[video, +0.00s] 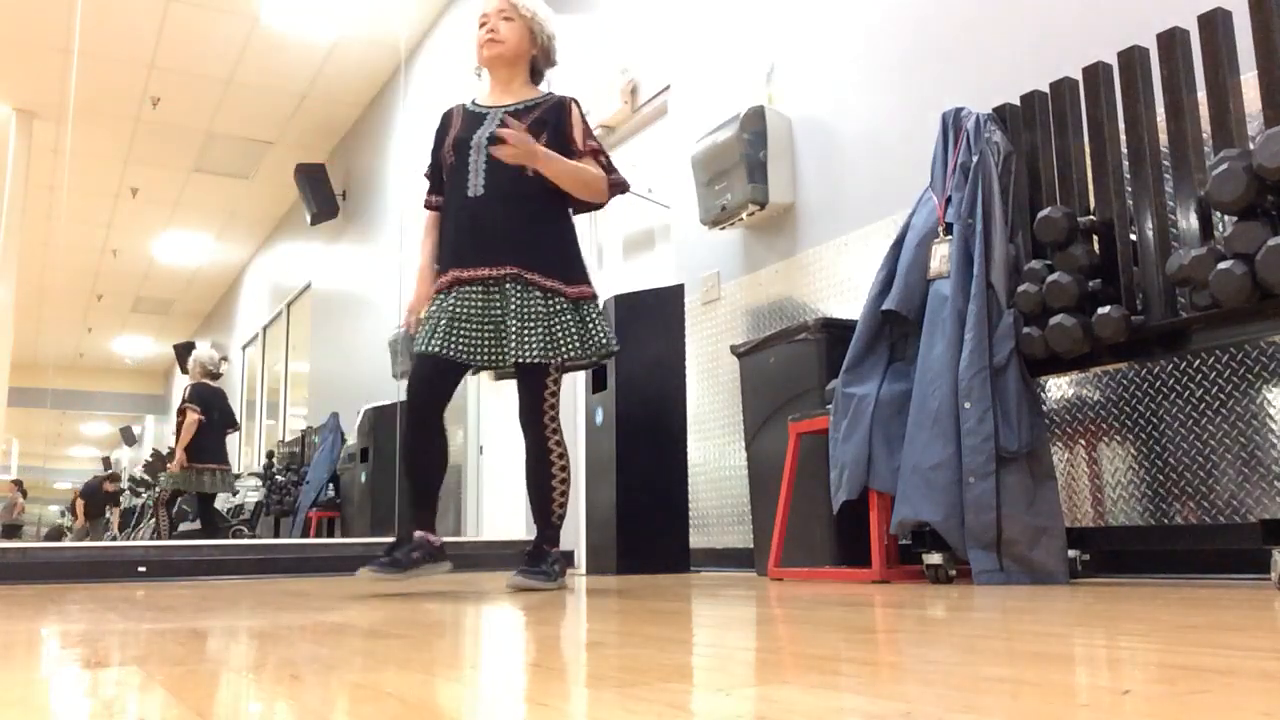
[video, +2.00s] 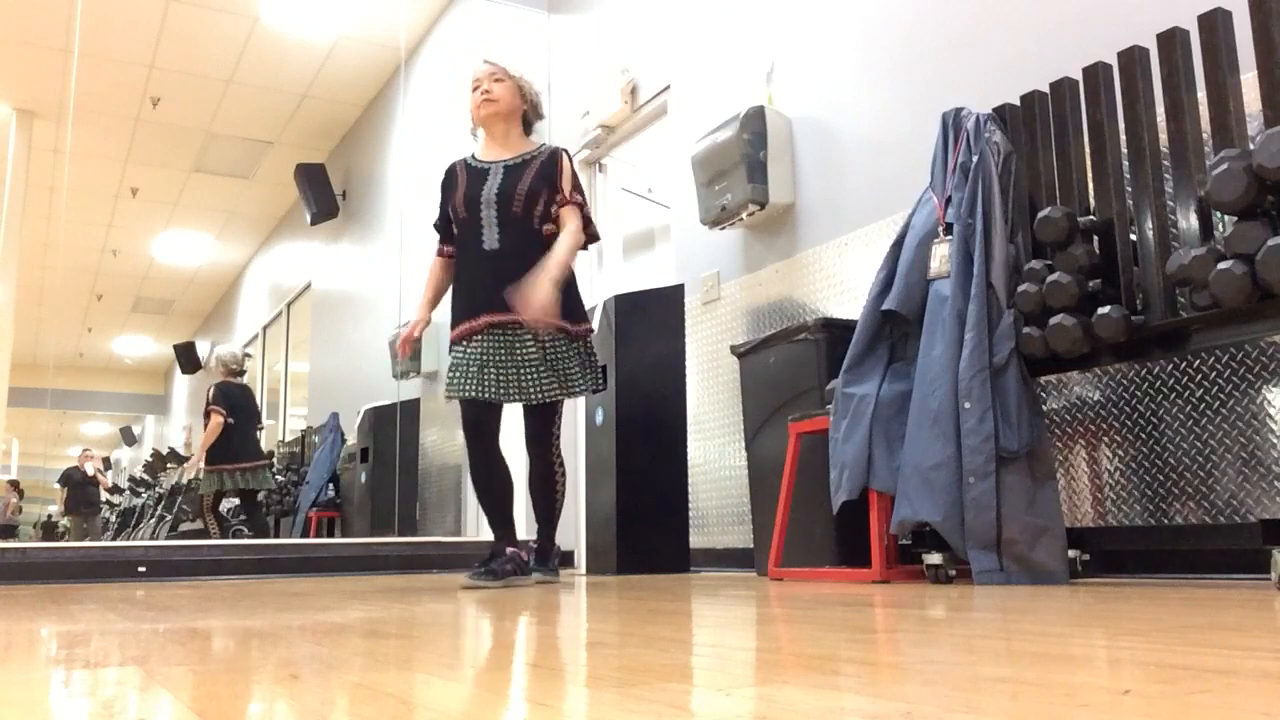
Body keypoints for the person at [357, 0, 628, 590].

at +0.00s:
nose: (488, 27)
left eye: (504, 20)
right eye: (481, 23)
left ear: (534, 41)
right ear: (475, 47)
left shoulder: (559, 110)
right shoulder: (455, 120)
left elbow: (600, 188)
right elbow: (436, 213)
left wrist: (537, 156)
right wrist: (424, 286)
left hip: (538, 278)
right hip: (465, 280)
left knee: (538, 415)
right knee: (421, 398)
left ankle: (546, 551)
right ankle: (422, 537)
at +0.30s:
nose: (472, 38)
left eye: (486, 31)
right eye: (465, 35)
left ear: (518, 52)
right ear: (459, 59)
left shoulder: (534, 121)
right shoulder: (435, 126)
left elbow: (553, 193)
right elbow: (399, 202)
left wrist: (470, 152)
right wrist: (371, 260)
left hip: (496, 288)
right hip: (426, 286)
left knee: (503, 420)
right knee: (410, 423)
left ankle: (542, 551)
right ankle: (414, 553)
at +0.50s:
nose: (463, 40)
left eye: (477, 32)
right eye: (457, 36)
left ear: (509, 52)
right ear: (454, 60)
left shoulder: (528, 118)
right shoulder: (433, 126)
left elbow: (530, 192)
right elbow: (398, 204)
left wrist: (456, 220)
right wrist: (363, 238)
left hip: (494, 290)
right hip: (423, 288)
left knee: (482, 417)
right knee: (414, 422)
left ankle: (514, 549)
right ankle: (415, 553)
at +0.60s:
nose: (464, 39)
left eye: (479, 31)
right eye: (459, 35)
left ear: (510, 53)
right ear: (455, 58)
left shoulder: (531, 118)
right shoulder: (438, 129)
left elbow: (536, 197)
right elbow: (410, 211)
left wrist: (496, 257)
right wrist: (379, 227)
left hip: (501, 291)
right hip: (430, 289)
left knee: (492, 423)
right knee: (417, 425)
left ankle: (515, 551)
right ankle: (415, 553)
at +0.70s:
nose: (466, 39)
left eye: (482, 32)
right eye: (461, 35)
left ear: (511, 53)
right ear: (457, 61)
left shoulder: (535, 119)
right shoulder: (442, 133)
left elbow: (563, 208)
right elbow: (426, 217)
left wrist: (568, 285)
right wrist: (401, 215)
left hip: (513, 291)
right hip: (444, 292)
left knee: (505, 421)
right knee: (416, 416)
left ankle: (517, 552)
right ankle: (418, 549)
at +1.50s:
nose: (472, 82)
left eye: (484, 75)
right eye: (463, 80)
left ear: (511, 95)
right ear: (457, 105)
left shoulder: (542, 159)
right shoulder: (440, 164)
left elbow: (579, 230)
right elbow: (422, 239)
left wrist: (540, 207)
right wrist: (407, 292)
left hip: (518, 308)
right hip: (450, 309)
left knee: (511, 424)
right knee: (457, 436)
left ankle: (532, 526)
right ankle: (479, 550)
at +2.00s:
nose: (482, 88)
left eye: (495, 82)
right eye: (475, 86)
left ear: (523, 101)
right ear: (472, 112)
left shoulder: (551, 159)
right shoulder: (459, 173)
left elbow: (574, 229)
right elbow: (445, 256)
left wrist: (547, 280)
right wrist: (421, 317)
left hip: (541, 315)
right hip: (477, 319)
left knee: (541, 439)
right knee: (479, 436)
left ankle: (545, 550)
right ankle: (505, 548)